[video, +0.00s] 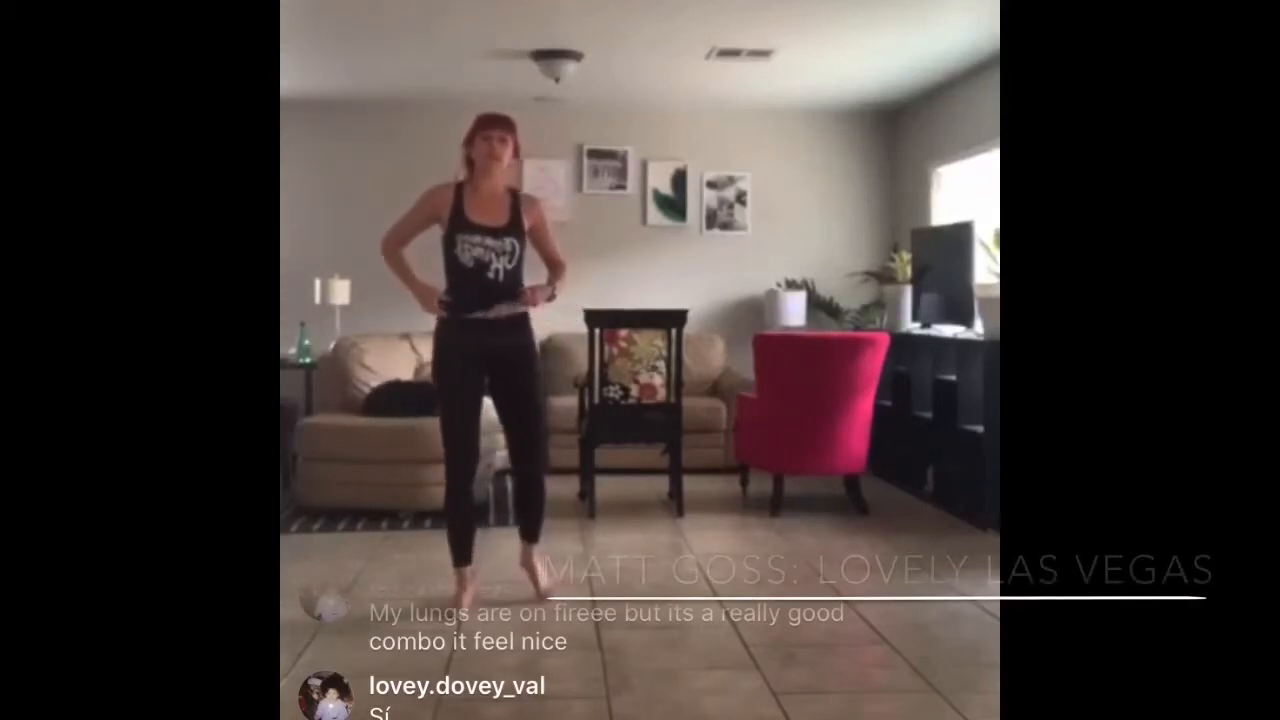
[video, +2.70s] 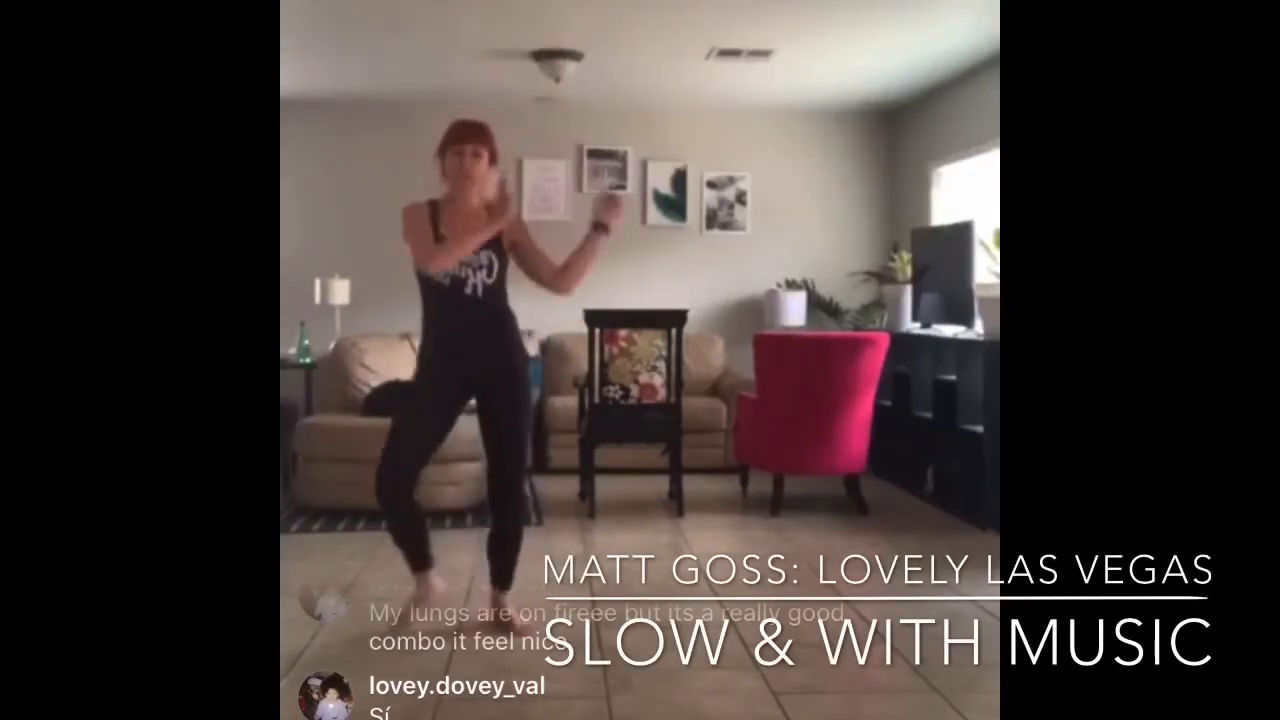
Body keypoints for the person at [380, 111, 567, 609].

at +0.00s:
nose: (492, 148)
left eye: (501, 141)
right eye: (484, 140)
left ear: (514, 154)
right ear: (469, 149)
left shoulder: (528, 207)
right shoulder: (445, 198)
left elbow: (557, 265)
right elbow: (391, 245)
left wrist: (547, 290)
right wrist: (419, 289)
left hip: (513, 339)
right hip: (459, 340)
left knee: (531, 453)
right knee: (461, 461)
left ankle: (531, 551)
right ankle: (464, 579)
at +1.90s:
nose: (507, 172)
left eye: (518, 167)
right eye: (499, 165)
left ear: (530, 181)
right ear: (484, 177)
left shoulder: (544, 232)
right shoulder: (463, 230)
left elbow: (582, 283)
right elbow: (421, 279)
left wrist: (553, 219)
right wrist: (449, 217)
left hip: (529, 367)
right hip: (474, 366)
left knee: (523, 479)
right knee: (478, 480)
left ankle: (521, 583)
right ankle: (490, 582)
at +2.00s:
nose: (509, 138)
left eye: (518, 132)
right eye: (500, 130)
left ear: (531, 145)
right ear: (484, 142)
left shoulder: (539, 200)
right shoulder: (462, 194)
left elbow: (578, 180)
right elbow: (418, 164)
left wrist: (550, 123)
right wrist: (448, 99)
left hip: (529, 347)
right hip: (471, 345)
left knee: (525, 467)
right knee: (475, 467)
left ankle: (524, 579)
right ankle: (488, 577)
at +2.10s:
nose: (506, 100)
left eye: (516, 94)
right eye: (497, 92)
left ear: (530, 106)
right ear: (479, 102)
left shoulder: (541, 158)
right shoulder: (462, 153)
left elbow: (564, 87)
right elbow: (434, 76)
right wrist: (440, 4)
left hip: (525, 306)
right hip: (466, 305)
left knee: (529, 434)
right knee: (474, 436)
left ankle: (533, 560)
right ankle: (473, 563)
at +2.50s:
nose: (491, 160)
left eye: (499, 153)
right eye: (482, 153)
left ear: (512, 166)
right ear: (463, 165)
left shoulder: (526, 217)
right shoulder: (444, 217)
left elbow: (584, 177)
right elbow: (425, 162)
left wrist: (550, 118)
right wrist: (456, 98)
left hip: (513, 362)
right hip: (455, 361)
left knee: (516, 479)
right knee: (450, 479)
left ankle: (503, 593)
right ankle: (477, 586)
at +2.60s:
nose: (473, 166)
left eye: (484, 158)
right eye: (463, 158)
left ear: (501, 167)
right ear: (449, 166)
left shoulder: (516, 223)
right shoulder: (433, 216)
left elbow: (587, 242)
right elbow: (435, 233)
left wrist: (573, 184)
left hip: (510, 370)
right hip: (451, 370)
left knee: (512, 485)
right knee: (420, 489)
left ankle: (501, 599)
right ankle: (463, 584)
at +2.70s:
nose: (468, 161)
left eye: (478, 155)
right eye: (459, 153)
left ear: (494, 167)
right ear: (441, 163)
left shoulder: (504, 221)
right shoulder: (420, 213)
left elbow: (560, 281)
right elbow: (432, 262)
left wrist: (601, 228)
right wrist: (496, 222)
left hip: (502, 364)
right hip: (442, 365)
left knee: (508, 483)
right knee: (392, 480)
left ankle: (500, 601)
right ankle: (427, 583)